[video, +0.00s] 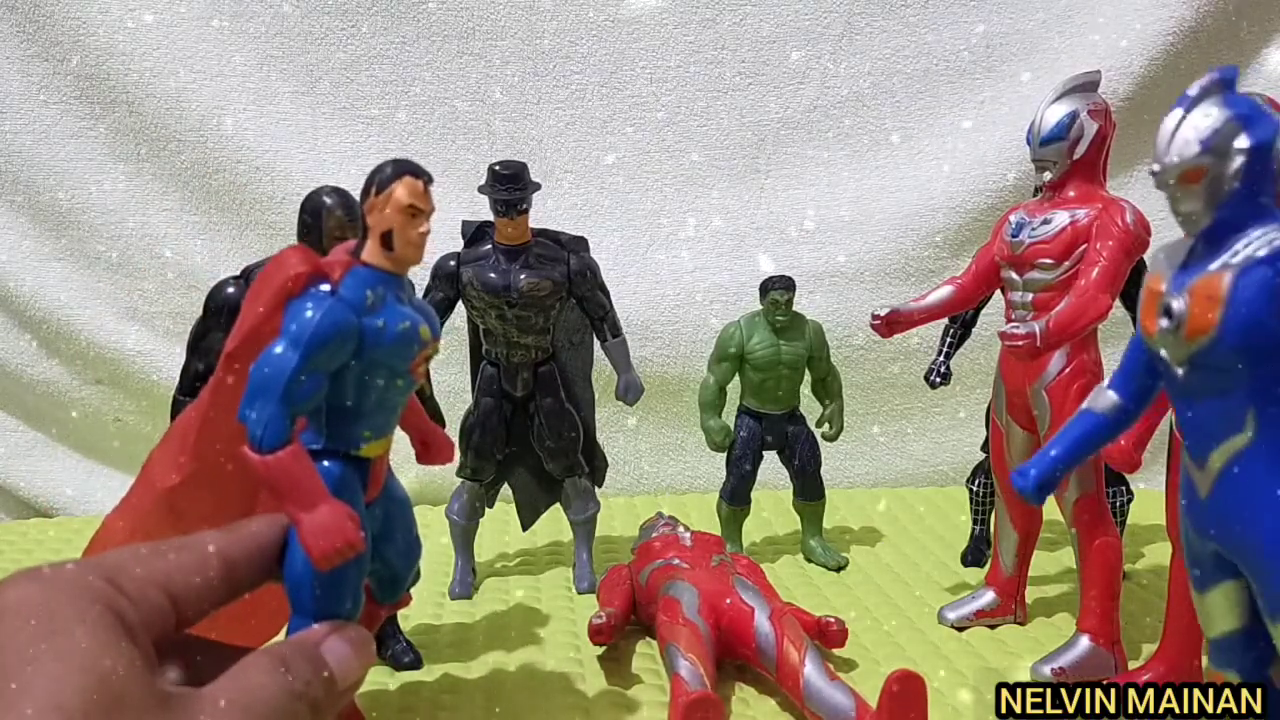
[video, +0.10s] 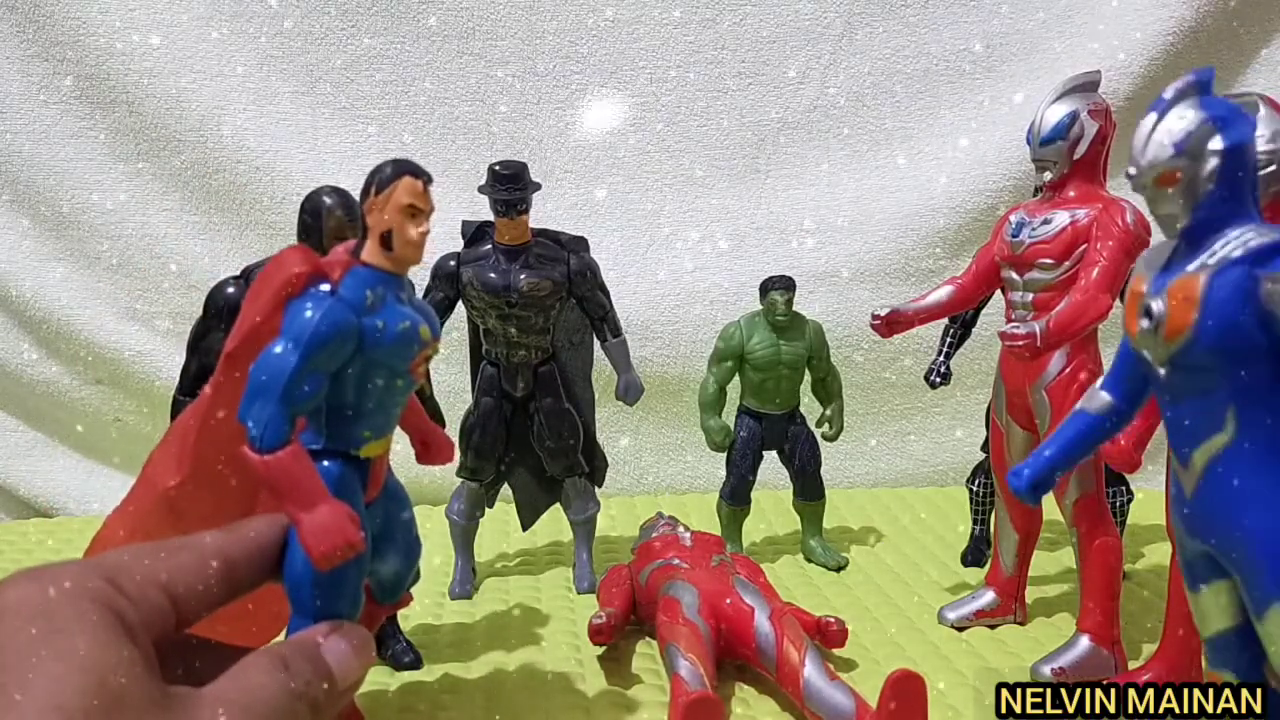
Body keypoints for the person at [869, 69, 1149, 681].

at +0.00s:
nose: (1040, 156)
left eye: (1051, 144)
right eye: (1038, 144)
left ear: (1086, 142)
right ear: (1043, 145)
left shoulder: (1114, 217)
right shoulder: (1019, 217)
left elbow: (1093, 293)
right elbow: (970, 286)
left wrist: (1043, 329)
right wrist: (907, 316)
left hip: (1066, 368)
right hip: (1012, 368)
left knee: (1085, 504)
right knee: (1012, 487)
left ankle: (1099, 639)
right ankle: (1004, 593)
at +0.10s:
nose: (1040, 157)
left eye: (1051, 145)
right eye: (1038, 145)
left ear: (1086, 142)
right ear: (1044, 146)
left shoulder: (1114, 216)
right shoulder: (1018, 217)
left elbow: (1094, 293)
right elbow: (970, 286)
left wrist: (1044, 329)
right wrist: (906, 316)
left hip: (1066, 369)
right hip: (1012, 368)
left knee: (1084, 503)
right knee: (1011, 487)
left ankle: (1100, 639)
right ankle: (1005, 593)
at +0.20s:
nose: (1040, 156)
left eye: (1051, 144)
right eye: (1038, 145)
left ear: (1086, 142)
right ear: (1041, 146)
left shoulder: (1115, 217)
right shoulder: (1019, 217)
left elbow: (1093, 295)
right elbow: (970, 286)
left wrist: (1045, 329)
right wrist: (905, 316)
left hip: (1067, 370)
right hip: (1012, 370)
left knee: (1084, 504)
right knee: (1012, 487)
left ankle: (1100, 639)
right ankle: (1005, 593)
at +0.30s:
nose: (1040, 156)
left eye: (1051, 144)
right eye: (1038, 144)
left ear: (1086, 142)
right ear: (1046, 146)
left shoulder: (1115, 217)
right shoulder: (1019, 217)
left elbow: (1094, 293)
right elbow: (971, 285)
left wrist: (1044, 329)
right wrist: (905, 317)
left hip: (1066, 369)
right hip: (1012, 368)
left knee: (1083, 501)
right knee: (1012, 484)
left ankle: (1099, 640)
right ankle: (1005, 593)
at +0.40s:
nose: (1040, 157)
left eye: (1051, 145)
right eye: (1038, 146)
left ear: (1086, 142)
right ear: (1043, 147)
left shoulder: (1115, 217)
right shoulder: (1019, 218)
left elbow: (1093, 295)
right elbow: (970, 286)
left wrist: (1044, 330)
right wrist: (905, 317)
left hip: (1066, 368)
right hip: (1012, 367)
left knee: (1083, 501)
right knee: (1012, 483)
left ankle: (1099, 640)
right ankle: (1005, 593)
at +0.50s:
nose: (1040, 157)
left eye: (1052, 145)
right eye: (1038, 145)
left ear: (1087, 142)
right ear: (1043, 147)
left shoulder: (1114, 216)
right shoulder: (1019, 216)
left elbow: (1095, 292)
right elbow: (970, 286)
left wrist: (1045, 329)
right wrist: (905, 316)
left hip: (1066, 369)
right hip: (1012, 368)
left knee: (1084, 503)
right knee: (1011, 484)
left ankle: (1100, 639)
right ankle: (1005, 592)